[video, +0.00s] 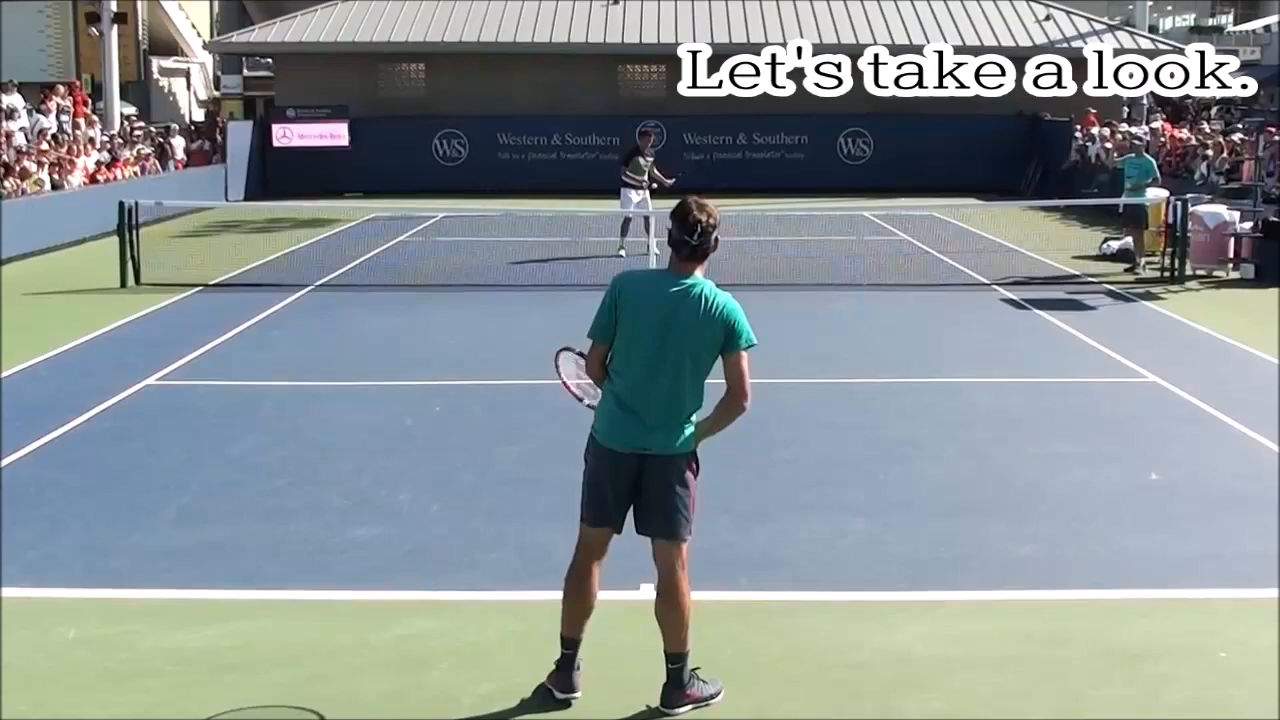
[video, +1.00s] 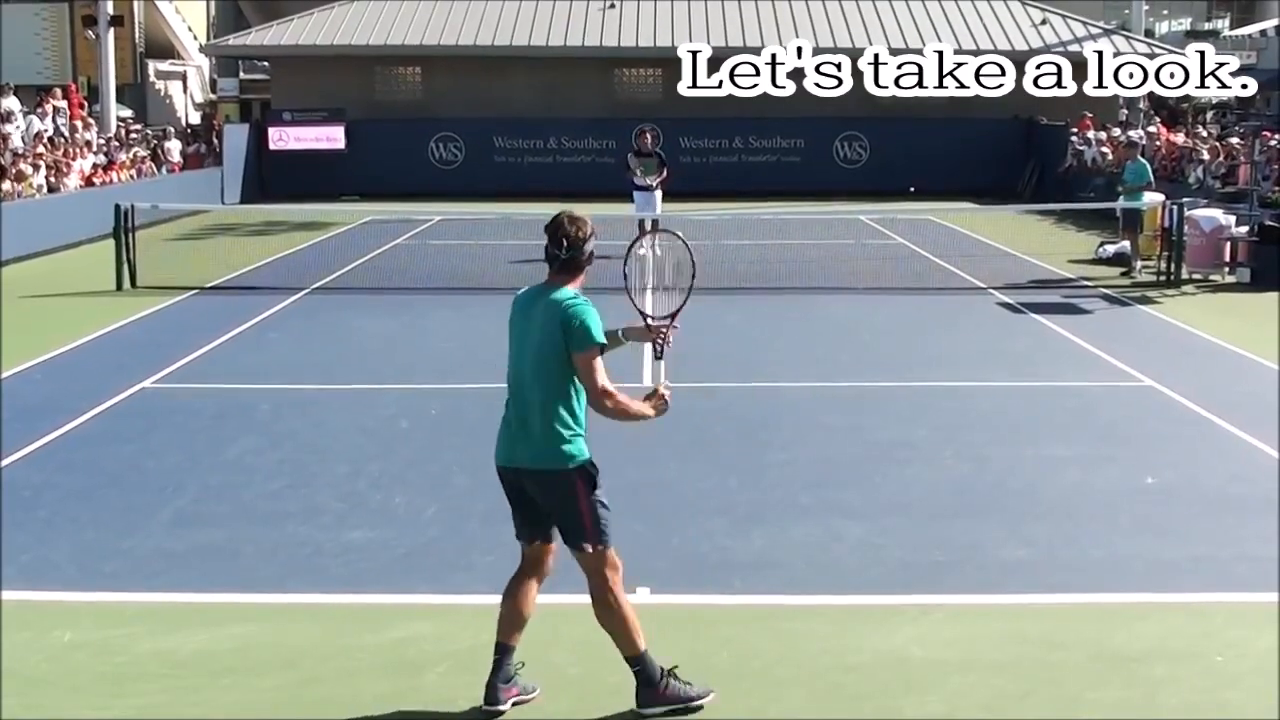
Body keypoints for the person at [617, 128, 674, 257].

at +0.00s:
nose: (649, 142)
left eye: (651, 139)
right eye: (646, 138)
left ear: (652, 141)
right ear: (640, 139)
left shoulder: (650, 155)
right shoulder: (632, 153)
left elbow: (652, 170)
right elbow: (623, 174)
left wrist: (665, 181)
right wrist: (642, 181)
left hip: (643, 190)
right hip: (629, 190)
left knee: (648, 216)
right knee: (628, 217)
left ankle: (651, 244)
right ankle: (622, 246)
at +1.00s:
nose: (646, 141)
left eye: (648, 138)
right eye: (643, 139)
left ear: (652, 140)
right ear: (638, 141)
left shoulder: (657, 154)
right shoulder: (633, 156)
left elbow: (664, 171)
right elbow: (630, 172)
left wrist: (656, 181)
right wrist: (636, 174)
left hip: (654, 189)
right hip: (640, 189)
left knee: (655, 217)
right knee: (641, 218)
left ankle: (655, 242)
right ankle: (643, 244)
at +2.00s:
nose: (647, 135)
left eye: (649, 132)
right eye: (645, 132)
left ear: (653, 135)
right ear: (640, 135)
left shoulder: (658, 151)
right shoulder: (633, 148)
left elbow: (661, 167)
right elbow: (629, 166)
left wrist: (655, 178)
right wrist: (635, 155)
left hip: (650, 184)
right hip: (635, 183)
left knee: (656, 214)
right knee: (626, 213)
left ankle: (663, 240)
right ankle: (616, 240)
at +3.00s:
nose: (650, 140)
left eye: (652, 137)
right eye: (648, 137)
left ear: (654, 141)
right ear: (641, 138)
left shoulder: (654, 158)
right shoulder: (631, 150)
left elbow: (652, 174)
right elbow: (621, 161)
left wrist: (649, 186)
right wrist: (619, 174)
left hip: (644, 188)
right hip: (629, 186)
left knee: (651, 215)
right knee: (629, 215)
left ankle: (653, 240)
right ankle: (628, 244)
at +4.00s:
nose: (645, 136)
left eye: (648, 133)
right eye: (643, 133)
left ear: (651, 136)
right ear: (638, 135)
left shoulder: (655, 151)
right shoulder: (632, 149)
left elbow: (659, 167)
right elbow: (626, 167)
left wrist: (654, 179)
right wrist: (633, 161)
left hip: (649, 184)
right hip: (633, 183)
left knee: (657, 212)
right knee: (624, 211)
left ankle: (664, 238)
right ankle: (612, 238)